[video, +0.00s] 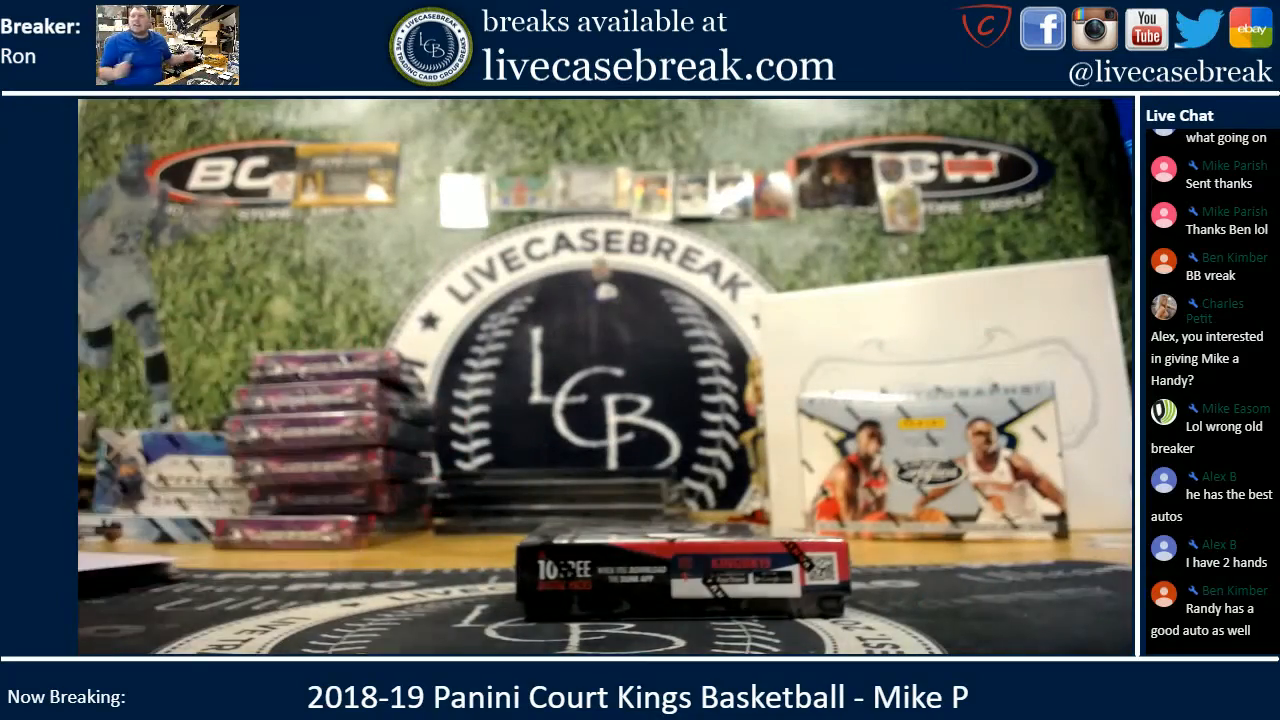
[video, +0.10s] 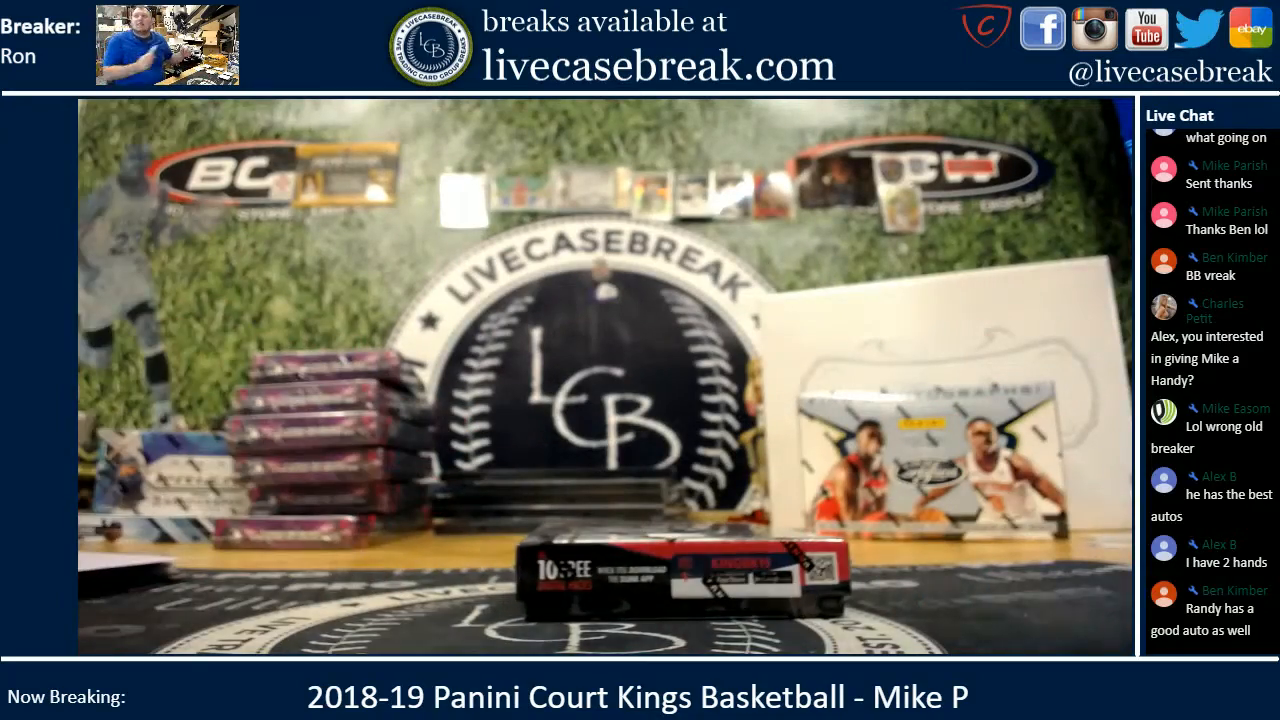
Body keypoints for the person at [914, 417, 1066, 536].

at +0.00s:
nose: (985, 439)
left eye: (989, 434)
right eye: (979, 434)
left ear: (995, 437)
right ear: (969, 438)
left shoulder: (1013, 461)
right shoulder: (964, 464)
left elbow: (1038, 481)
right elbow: (946, 485)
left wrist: (1063, 503)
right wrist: (924, 501)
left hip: (1025, 519)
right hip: (990, 520)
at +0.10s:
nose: (985, 439)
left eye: (988, 434)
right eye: (979, 434)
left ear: (995, 437)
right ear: (969, 438)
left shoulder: (1014, 462)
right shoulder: (964, 464)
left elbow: (1038, 481)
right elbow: (946, 485)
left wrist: (1062, 503)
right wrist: (923, 501)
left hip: (1025, 518)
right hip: (990, 520)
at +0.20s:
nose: (984, 439)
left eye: (988, 434)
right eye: (978, 434)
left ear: (995, 437)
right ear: (969, 438)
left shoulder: (1014, 462)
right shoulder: (964, 464)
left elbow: (1038, 481)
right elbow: (946, 485)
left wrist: (1062, 504)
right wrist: (923, 501)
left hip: (1025, 518)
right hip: (990, 519)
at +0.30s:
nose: (984, 439)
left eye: (988, 434)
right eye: (978, 434)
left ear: (995, 437)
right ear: (969, 438)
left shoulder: (1014, 462)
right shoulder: (964, 464)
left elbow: (1038, 481)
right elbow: (946, 485)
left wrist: (1062, 504)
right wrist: (923, 501)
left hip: (1025, 518)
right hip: (990, 519)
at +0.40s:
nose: (984, 439)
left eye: (988, 434)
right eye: (979, 434)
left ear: (995, 437)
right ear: (969, 438)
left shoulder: (1014, 462)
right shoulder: (964, 464)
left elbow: (1038, 481)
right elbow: (946, 485)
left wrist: (1062, 503)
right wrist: (923, 501)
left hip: (1025, 519)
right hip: (989, 520)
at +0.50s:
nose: (985, 439)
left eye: (989, 434)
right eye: (979, 434)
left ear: (995, 437)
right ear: (969, 438)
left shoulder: (1014, 462)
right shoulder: (964, 464)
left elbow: (1038, 481)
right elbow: (946, 485)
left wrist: (1062, 503)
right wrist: (922, 501)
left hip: (1025, 519)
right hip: (989, 520)